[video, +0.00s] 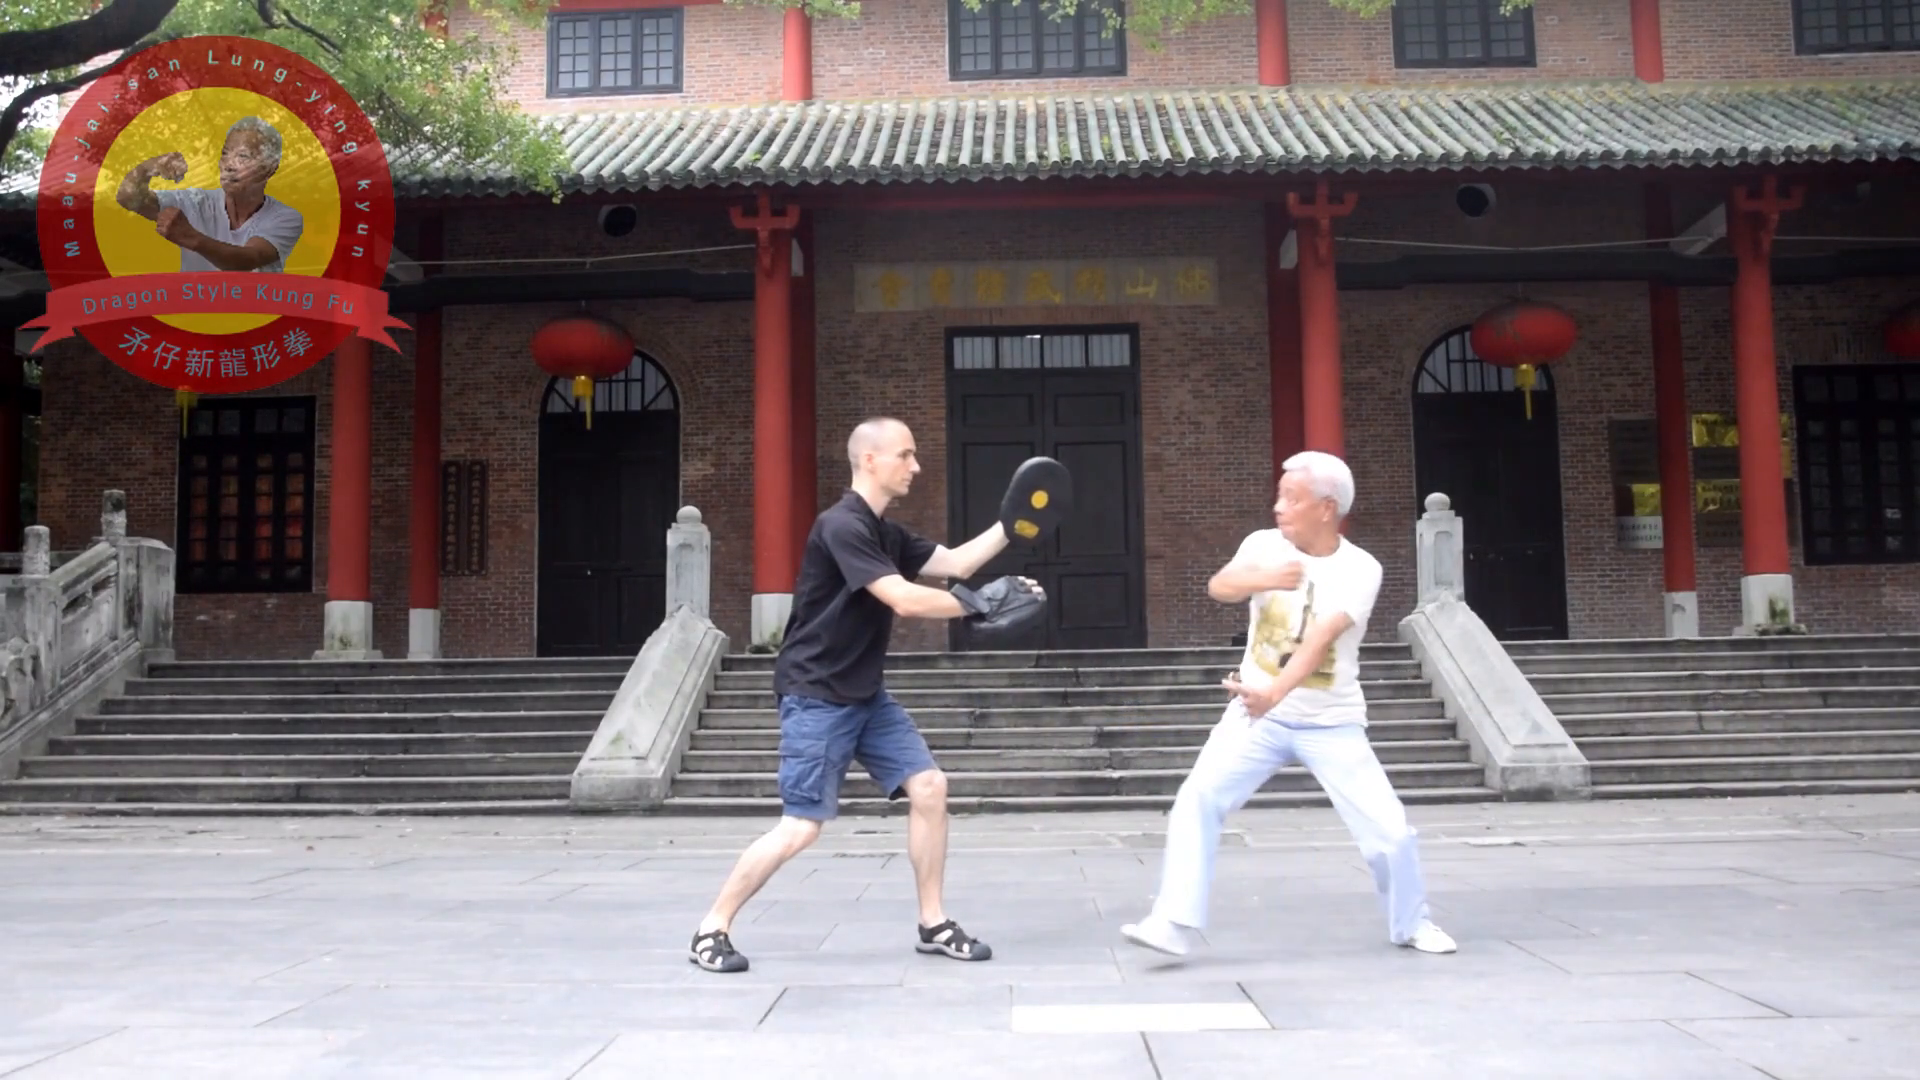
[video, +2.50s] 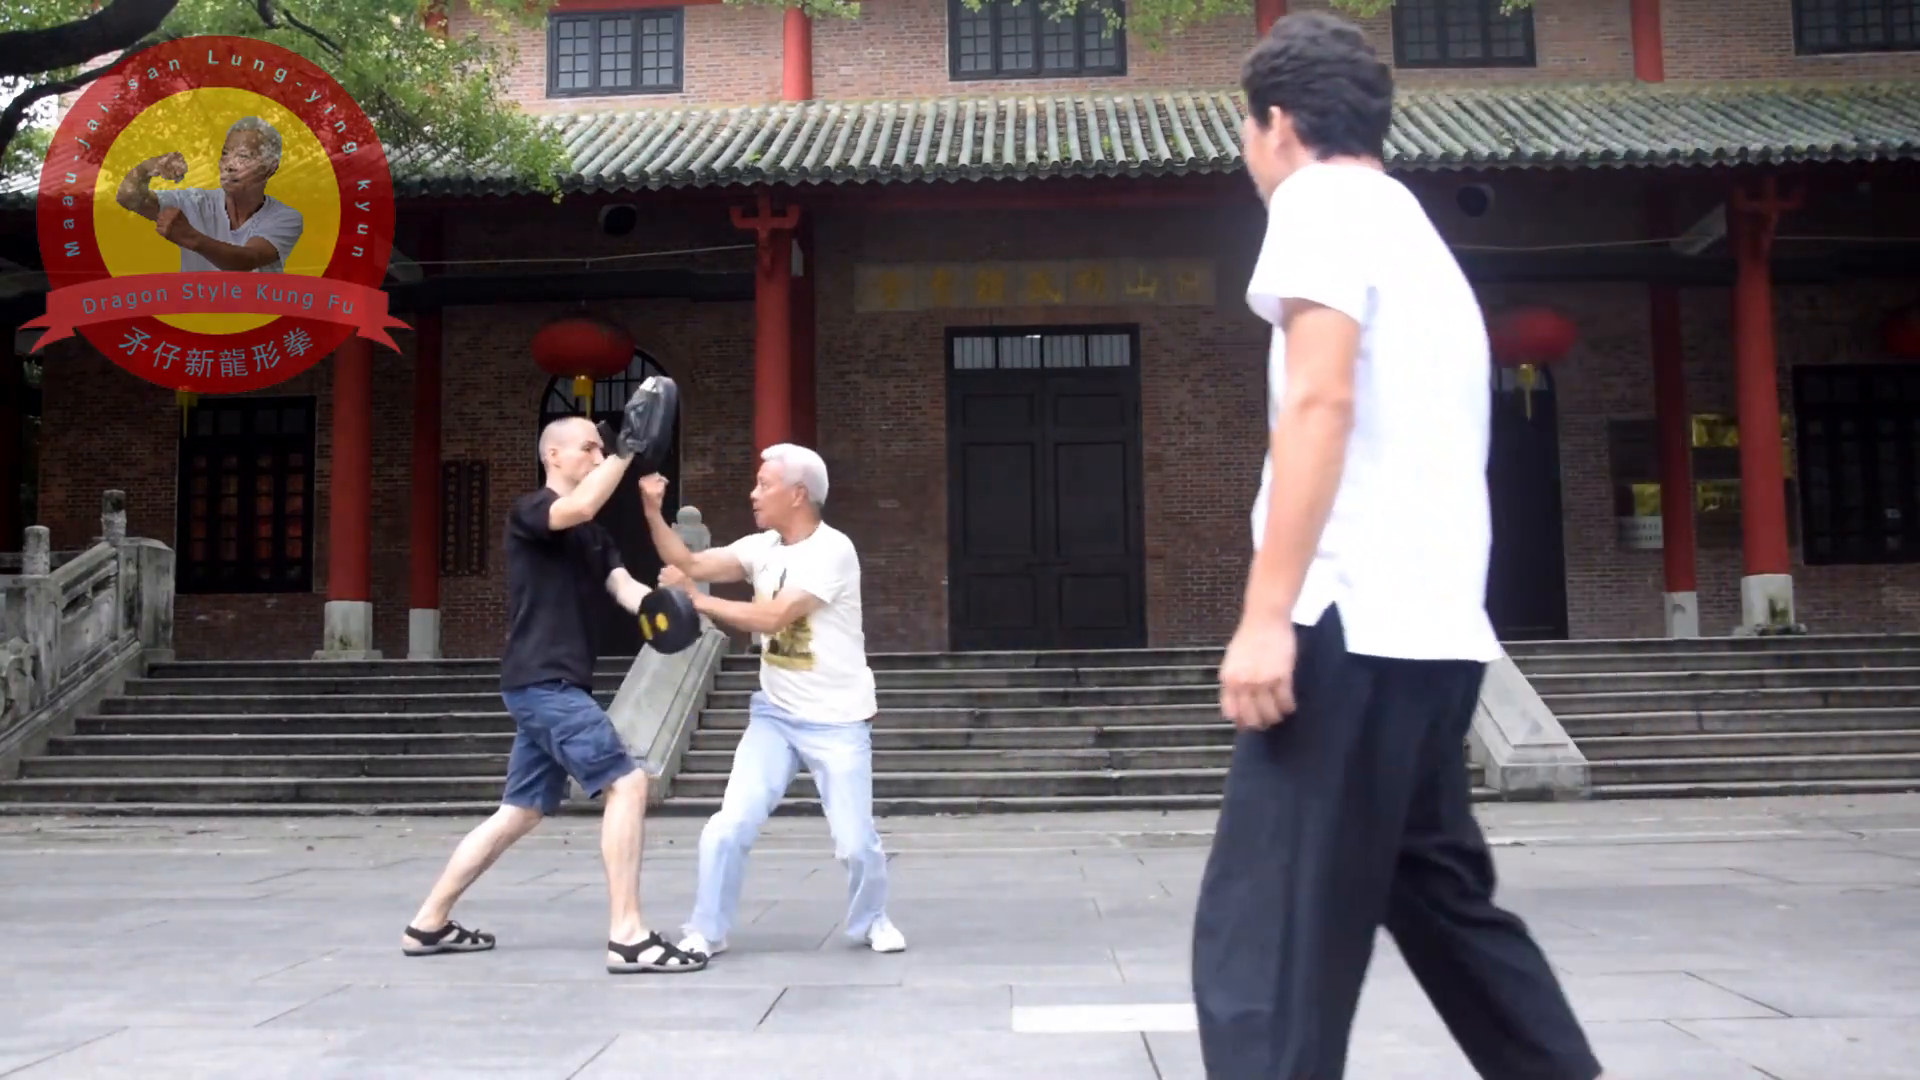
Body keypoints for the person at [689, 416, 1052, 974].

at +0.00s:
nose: (916, 466)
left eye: (914, 456)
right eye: (905, 455)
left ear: (879, 464)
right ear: (869, 462)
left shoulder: (884, 530)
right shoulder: (841, 525)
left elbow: (954, 564)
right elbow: (904, 601)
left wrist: (1013, 524)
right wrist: (983, 603)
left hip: (867, 695)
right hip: (816, 696)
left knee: (929, 789)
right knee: (802, 827)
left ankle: (934, 924)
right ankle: (712, 929)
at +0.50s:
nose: (896, 465)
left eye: (895, 454)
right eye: (885, 455)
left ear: (859, 463)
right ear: (848, 461)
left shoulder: (858, 520)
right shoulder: (845, 524)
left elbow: (917, 560)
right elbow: (913, 605)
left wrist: (972, 519)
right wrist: (972, 631)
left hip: (853, 693)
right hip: (812, 693)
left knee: (921, 787)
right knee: (803, 829)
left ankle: (934, 924)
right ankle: (713, 929)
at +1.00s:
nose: (805, 463)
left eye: (805, 453)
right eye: (793, 453)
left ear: (783, 462)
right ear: (758, 460)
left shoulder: (778, 530)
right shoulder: (743, 527)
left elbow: (817, 600)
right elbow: (774, 615)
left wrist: (881, 572)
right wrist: (839, 685)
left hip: (783, 694)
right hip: (737, 698)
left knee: (851, 794)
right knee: (781, 824)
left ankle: (915, 918)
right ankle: (686, 931)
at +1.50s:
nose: (672, 472)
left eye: (673, 463)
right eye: (661, 462)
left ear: (663, 473)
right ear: (624, 469)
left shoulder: (655, 540)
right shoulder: (592, 522)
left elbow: (696, 586)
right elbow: (640, 529)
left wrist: (736, 574)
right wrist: (697, 469)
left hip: (584, 686)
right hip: (569, 683)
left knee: (519, 811)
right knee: (663, 782)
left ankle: (429, 921)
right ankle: (646, 931)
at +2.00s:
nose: (623, 463)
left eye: (623, 453)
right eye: (610, 452)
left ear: (613, 460)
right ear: (573, 460)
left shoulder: (613, 521)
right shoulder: (551, 517)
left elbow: (637, 571)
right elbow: (603, 523)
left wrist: (653, 585)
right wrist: (658, 468)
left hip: (569, 683)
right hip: (552, 682)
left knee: (525, 814)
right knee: (641, 785)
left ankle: (430, 922)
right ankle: (629, 935)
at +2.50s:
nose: (600, 458)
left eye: (601, 450)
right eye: (587, 447)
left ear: (597, 460)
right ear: (551, 456)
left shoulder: (591, 525)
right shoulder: (530, 508)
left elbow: (621, 582)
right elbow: (579, 507)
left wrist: (654, 609)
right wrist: (628, 450)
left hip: (557, 682)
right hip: (539, 680)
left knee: (520, 810)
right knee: (628, 784)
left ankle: (428, 923)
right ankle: (628, 935)